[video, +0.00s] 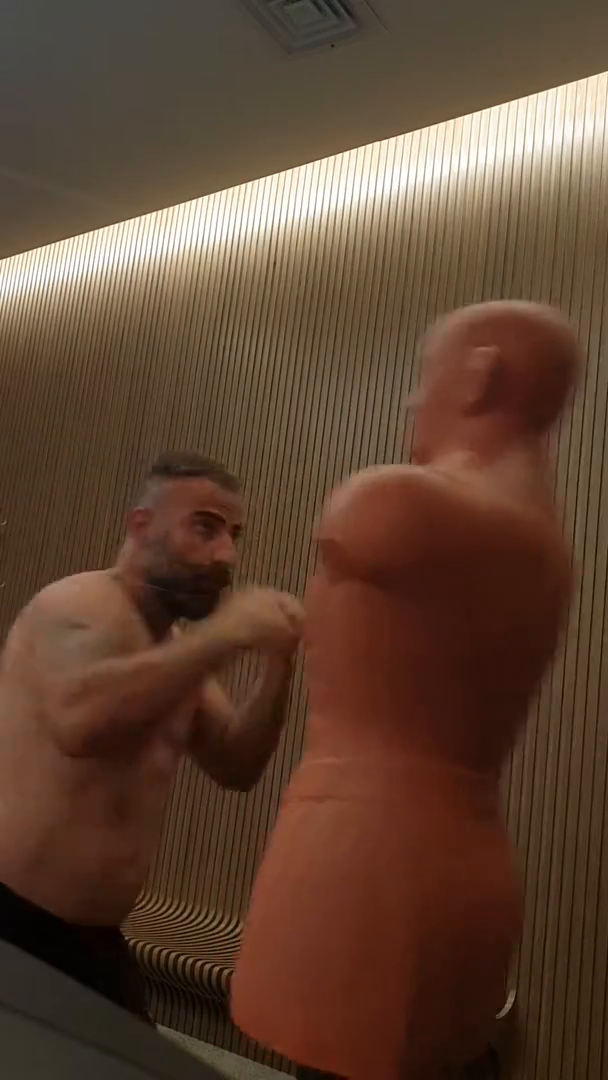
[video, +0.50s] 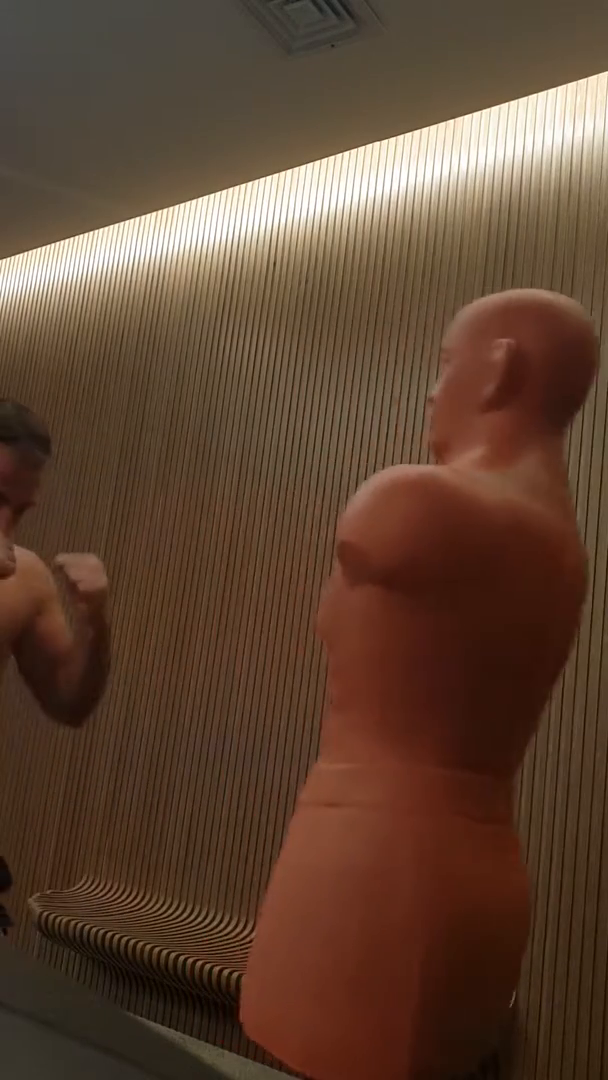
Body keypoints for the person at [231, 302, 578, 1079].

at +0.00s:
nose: (415, 401)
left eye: (427, 375)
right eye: (420, 377)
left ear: (480, 377)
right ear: (548, 403)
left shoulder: (402, 508)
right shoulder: (545, 547)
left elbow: (346, 518)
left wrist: (441, 464)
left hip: (364, 868)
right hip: (462, 861)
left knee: (325, 1062)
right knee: (422, 1065)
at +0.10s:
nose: (317, 417)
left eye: (324, 390)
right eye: (319, 393)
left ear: (372, 386)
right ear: (442, 407)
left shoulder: (305, 504)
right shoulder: (463, 541)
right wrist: (249, 596)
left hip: (310, 847)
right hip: (424, 836)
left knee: (279, 1060)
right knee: (392, 1061)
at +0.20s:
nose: (284, 416)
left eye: (289, 390)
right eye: (286, 392)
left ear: (332, 386)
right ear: (403, 402)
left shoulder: (275, 502)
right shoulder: (426, 532)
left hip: (291, 846)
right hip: (405, 833)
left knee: (276, 1059)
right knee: (364, 1055)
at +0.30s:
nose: (310, 408)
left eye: (317, 381)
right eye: (312, 383)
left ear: (362, 378)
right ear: (429, 397)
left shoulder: (304, 500)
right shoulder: (450, 535)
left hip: (308, 856)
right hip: (418, 843)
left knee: (275, 1062)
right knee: (385, 1059)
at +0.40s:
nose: (378, 393)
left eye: (390, 368)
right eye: (381, 369)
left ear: (441, 372)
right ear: (499, 394)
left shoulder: (360, 503)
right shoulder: (510, 540)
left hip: (342, 872)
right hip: (450, 861)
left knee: (299, 1063)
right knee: (411, 1064)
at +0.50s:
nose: (435, 391)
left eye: (447, 365)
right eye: (440, 366)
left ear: (498, 374)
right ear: (559, 400)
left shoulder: (414, 505)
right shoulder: (559, 548)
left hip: (368, 881)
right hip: (477, 871)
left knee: (313, 1063)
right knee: (435, 1065)